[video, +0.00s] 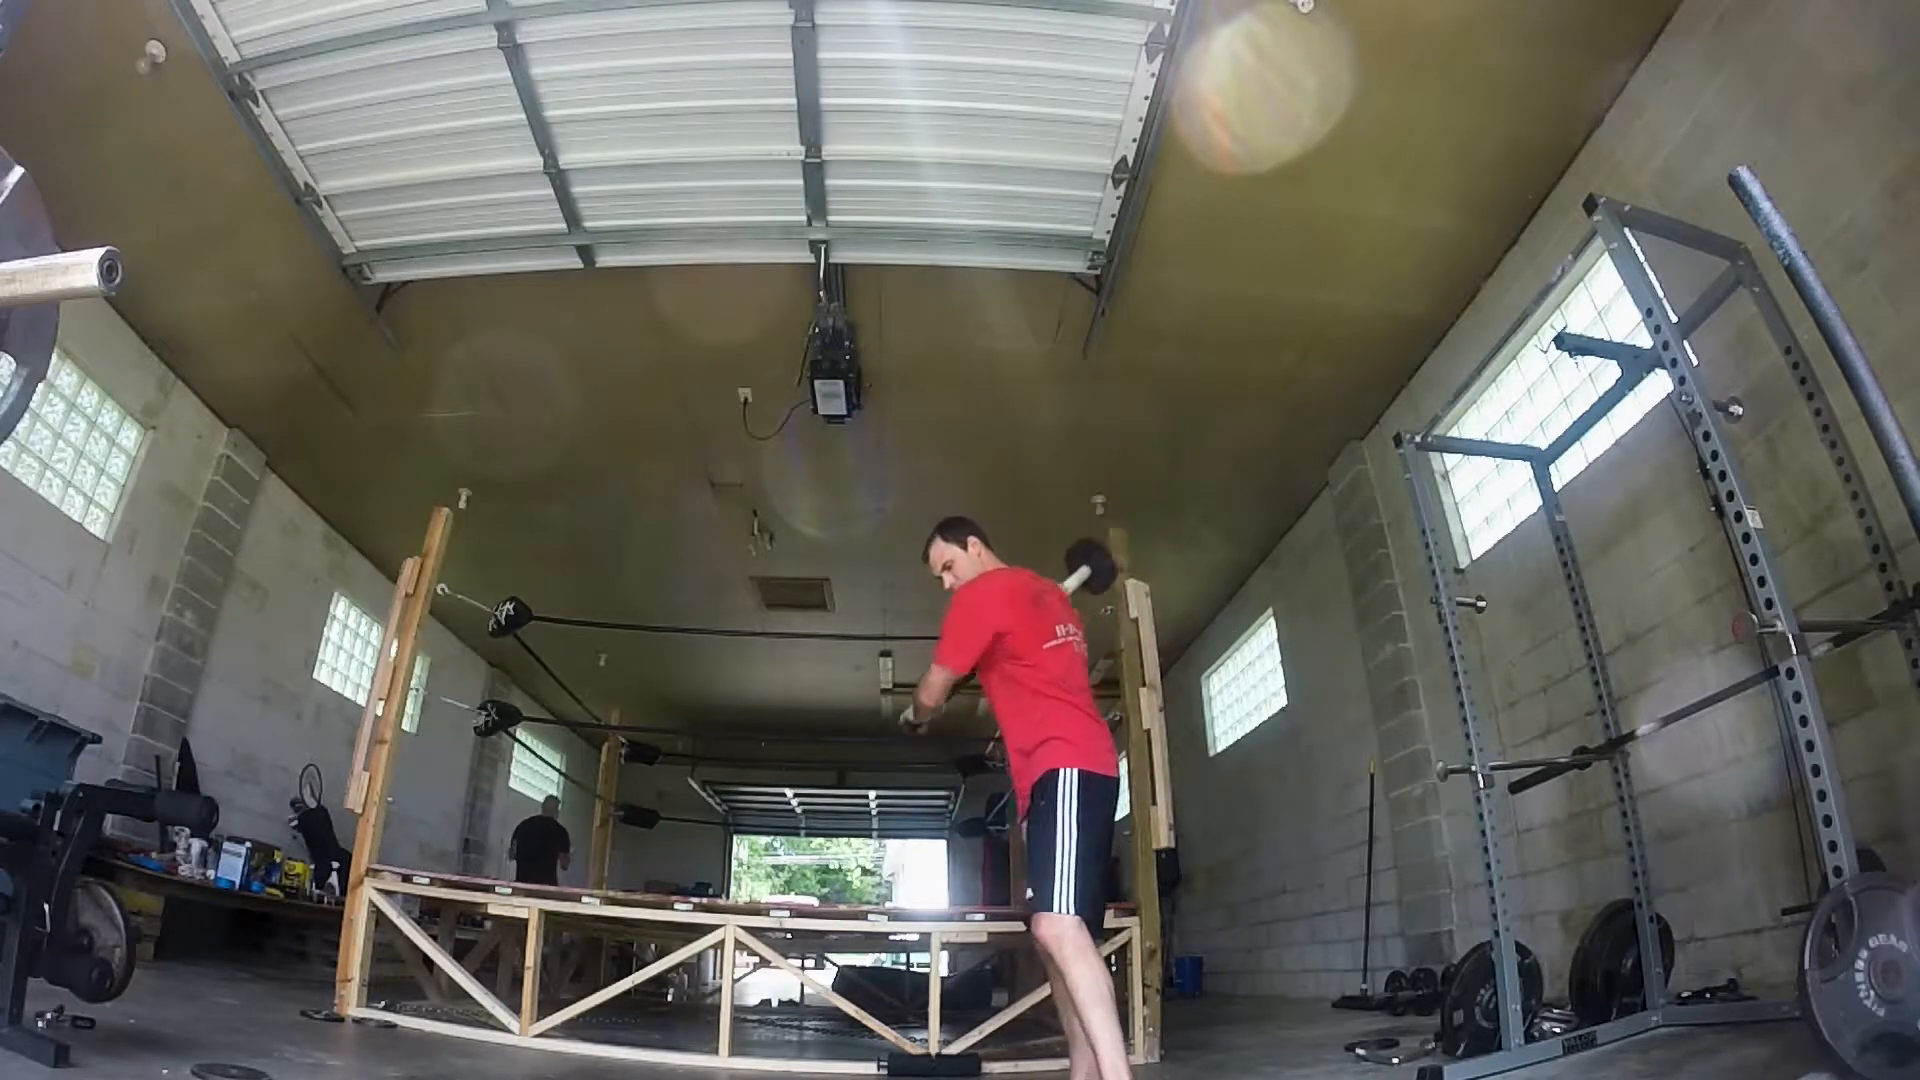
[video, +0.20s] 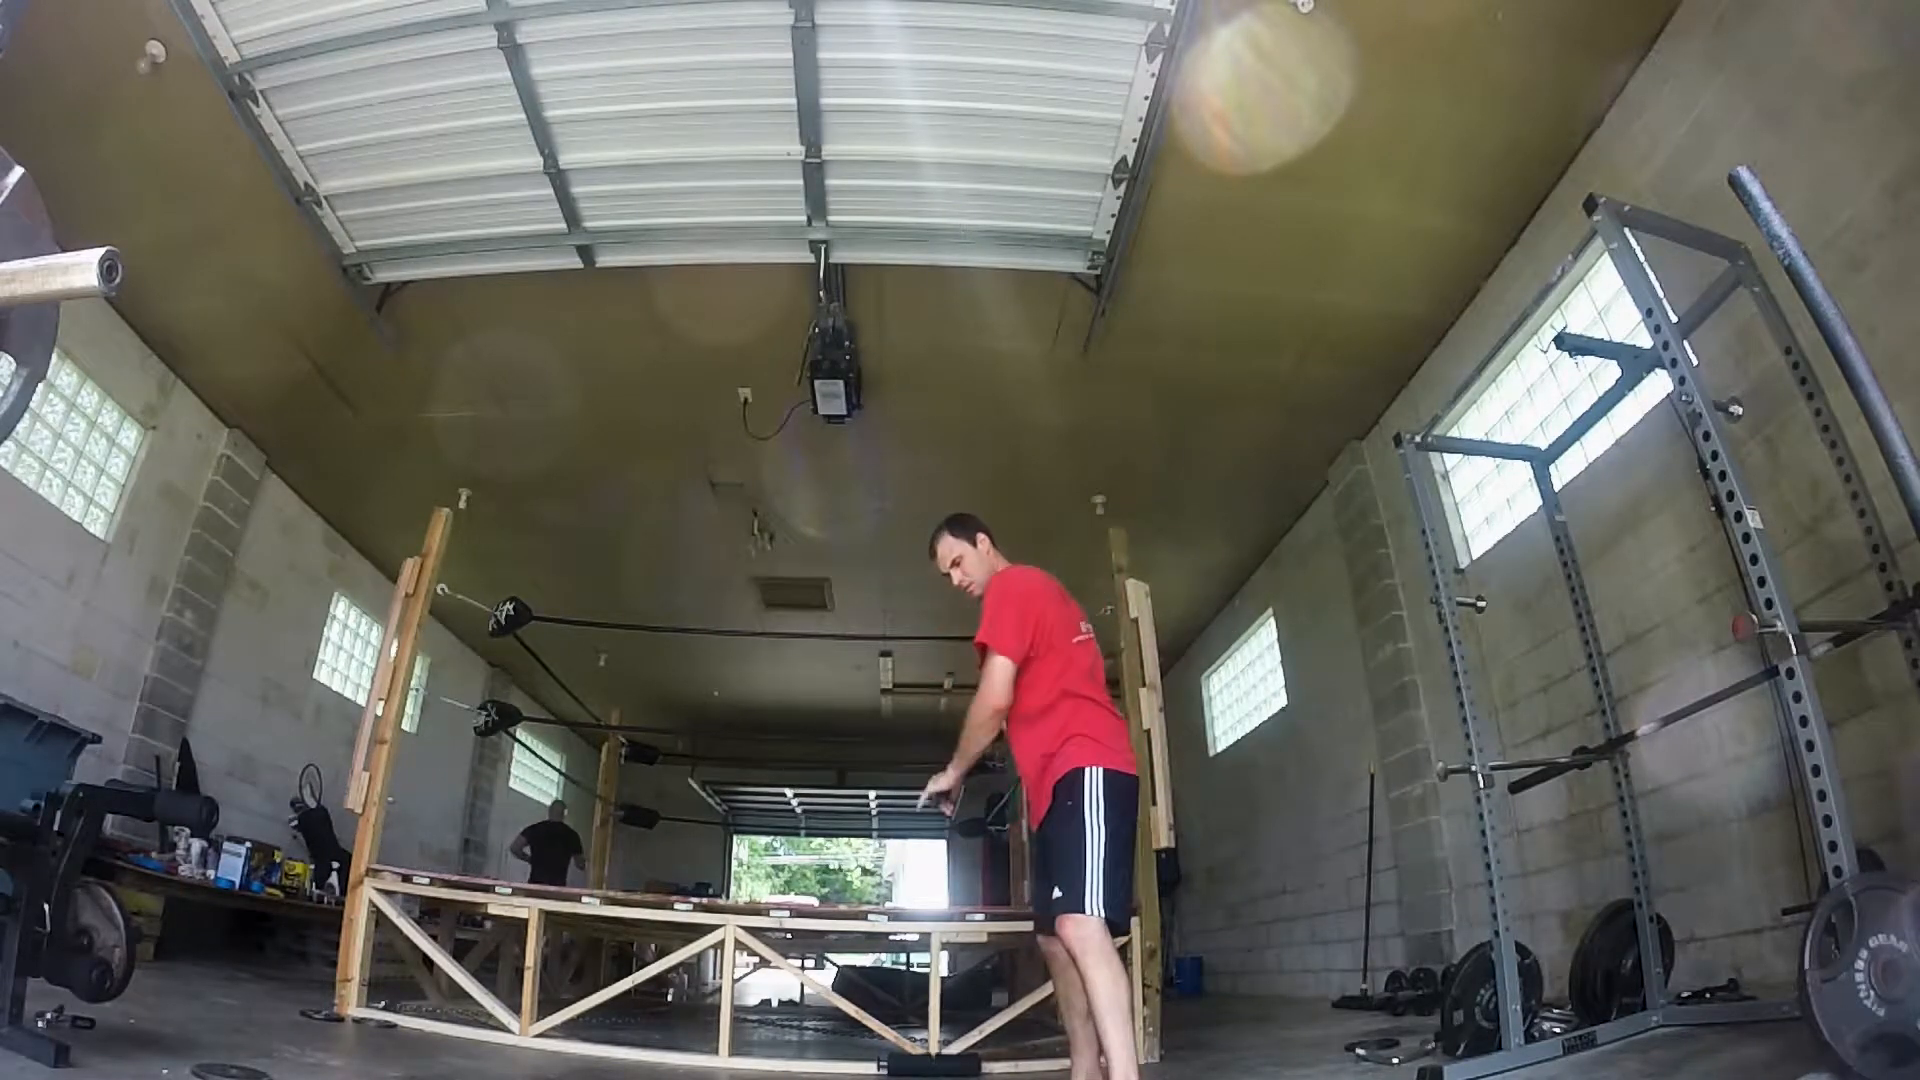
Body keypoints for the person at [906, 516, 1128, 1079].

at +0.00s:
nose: (946, 583)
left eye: (947, 567)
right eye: (939, 575)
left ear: (974, 545)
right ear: (980, 549)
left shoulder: (984, 592)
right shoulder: (1051, 593)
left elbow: (930, 693)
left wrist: (918, 718)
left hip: (1066, 765)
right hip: (1078, 765)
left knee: (1058, 924)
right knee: (1052, 929)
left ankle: (1116, 1073)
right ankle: (1084, 1072)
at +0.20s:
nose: (955, 578)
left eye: (957, 562)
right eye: (947, 572)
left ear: (985, 543)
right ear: (951, 572)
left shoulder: (1015, 585)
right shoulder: (1032, 591)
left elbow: (993, 700)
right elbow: (1050, 702)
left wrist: (955, 769)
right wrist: (1036, 788)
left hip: (1088, 764)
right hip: (1062, 776)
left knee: (1083, 925)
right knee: (1054, 936)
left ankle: (1125, 1074)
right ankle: (1086, 1072)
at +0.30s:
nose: (959, 578)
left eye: (960, 562)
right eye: (951, 572)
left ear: (989, 541)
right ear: (956, 572)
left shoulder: (1033, 582)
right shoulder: (1013, 612)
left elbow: (1046, 686)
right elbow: (1035, 706)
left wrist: (1003, 773)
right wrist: (1003, 764)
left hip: (1097, 764)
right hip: (1060, 779)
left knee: (1091, 924)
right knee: (1056, 937)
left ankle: (1127, 1074)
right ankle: (1085, 1072)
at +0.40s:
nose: (960, 576)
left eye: (961, 560)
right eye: (952, 570)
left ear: (990, 538)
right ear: (958, 572)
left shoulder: (1048, 575)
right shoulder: (1009, 641)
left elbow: (1105, 650)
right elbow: (1030, 741)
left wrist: (1074, 746)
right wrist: (971, 812)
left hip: (1107, 767)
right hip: (1057, 788)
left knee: (1097, 923)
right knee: (1058, 938)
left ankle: (1128, 1073)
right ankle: (1086, 1072)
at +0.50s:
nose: (964, 572)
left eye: (965, 556)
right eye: (955, 567)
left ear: (995, 535)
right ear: (962, 569)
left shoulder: (1072, 569)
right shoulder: (999, 646)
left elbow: (1156, 614)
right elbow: (1015, 746)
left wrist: (1142, 692)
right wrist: (964, 828)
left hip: (1113, 771)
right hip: (1056, 796)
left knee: (1104, 926)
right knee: (1055, 939)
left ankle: (1131, 1075)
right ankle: (1086, 1072)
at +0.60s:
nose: (967, 567)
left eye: (969, 550)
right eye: (959, 561)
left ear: (998, 530)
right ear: (966, 563)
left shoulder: (1088, 565)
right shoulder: (994, 641)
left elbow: (1186, 592)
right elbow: (1007, 737)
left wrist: (1191, 624)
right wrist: (971, 814)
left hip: (1117, 763)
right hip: (1057, 788)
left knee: (1107, 923)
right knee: (1051, 938)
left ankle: (1133, 1075)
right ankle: (1084, 1071)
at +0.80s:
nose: (972, 552)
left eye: (975, 535)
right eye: (963, 547)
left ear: (1005, 520)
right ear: (965, 555)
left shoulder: (1098, 562)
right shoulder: (987, 624)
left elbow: (1174, 596)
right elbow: (1005, 690)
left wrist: (1204, 579)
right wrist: (1006, 735)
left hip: (1119, 756)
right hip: (1057, 779)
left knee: (1108, 920)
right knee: (1052, 939)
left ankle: (1135, 1074)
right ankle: (1082, 1070)